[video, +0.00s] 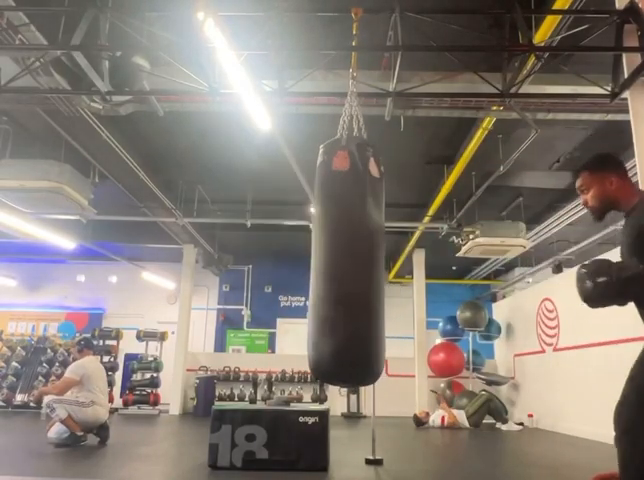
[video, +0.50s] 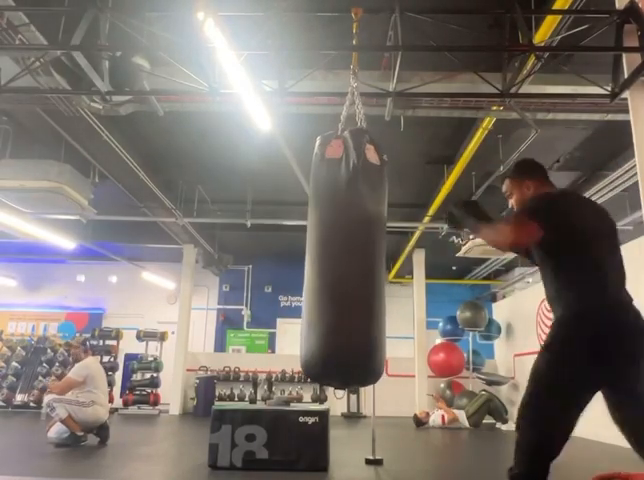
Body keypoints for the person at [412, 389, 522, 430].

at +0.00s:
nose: (423, 410)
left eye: (421, 411)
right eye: (421, 413)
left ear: (423, 416)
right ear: (423, 418)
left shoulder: (434, 415)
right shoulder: (434, 421)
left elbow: (448, 414)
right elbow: (453, 422)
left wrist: (443, 404)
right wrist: (445, 407)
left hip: (466, 413)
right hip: (469, 419)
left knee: (484, 393)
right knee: (487, 397)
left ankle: (500, 420)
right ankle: (505, 422)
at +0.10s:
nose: (423, 410)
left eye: (421, 411)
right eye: (421, 413)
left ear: (423, 416)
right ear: (423, 419)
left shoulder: (434, 415)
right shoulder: (434, 420)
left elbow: (449, 415)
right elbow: (453, 421)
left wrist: (443, 405)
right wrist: (444, 407)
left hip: (466, 413)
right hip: (469, 419)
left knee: (484, 393)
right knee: (487, 397)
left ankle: (501, 419)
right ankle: (505, 422)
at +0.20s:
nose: (423, 410)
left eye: (421, 411)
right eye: (421, 413)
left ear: (423, 415)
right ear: (423, 419)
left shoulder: (434, 414)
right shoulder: (434, 420)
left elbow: (449, 414)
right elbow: (454, 420)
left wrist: (443, 405)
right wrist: (444, 407)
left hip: (466, 413)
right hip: (469, 419)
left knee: (484, 393)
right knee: (487, 397)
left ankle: (501, 419)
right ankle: (505, 422)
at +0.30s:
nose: (423, 410)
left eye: (421, 411)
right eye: (421, 413)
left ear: (423, 415)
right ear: (423, 419)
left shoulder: (434, 415)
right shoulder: (434, 420)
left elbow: (448, 413)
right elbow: (453, 418)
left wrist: (441, 403)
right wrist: (443, 405)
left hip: (466, 412)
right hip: (469, 419)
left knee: (484, 393)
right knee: (487, 397)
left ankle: (501, 419)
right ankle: (505, 422)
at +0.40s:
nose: (423, 410)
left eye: (421, 410)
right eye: (421, 412)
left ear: (423, 415)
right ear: (423, 418)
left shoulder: (433, 414)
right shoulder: (434, 420)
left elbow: (451, 414)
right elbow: (453, 418)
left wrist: (442, 406)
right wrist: (443, 407)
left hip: (466, 413)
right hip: (469, 419)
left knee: (484, 394)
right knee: (487, 397)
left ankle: (502, 420)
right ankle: (505, 422)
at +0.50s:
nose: (423, 410)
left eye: (420, 411)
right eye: (421, 413)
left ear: (423, 414)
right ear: (423, 419)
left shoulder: (433, 414)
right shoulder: (434, 420)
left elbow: (449, 412)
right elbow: (453, 417)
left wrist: (441, 405)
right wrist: (443, 406)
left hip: (464, 412)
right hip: (467, 418)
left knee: (484, 394)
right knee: (487, 397)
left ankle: (501, 418)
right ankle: (504, 421)